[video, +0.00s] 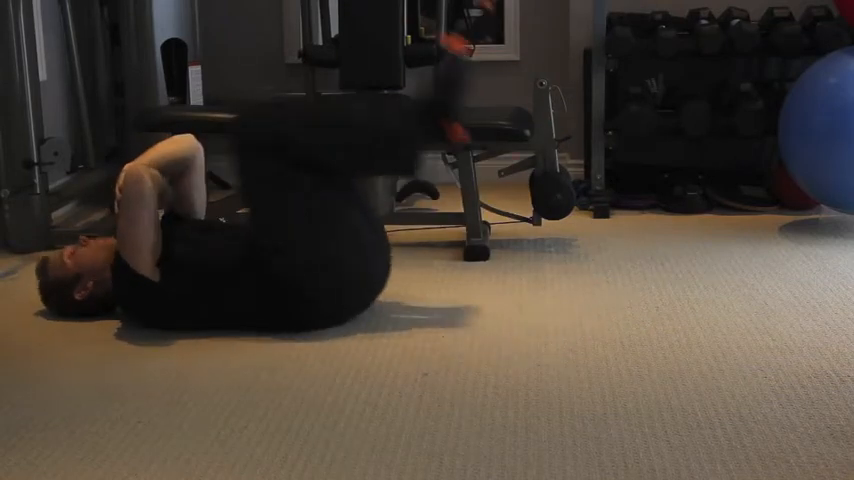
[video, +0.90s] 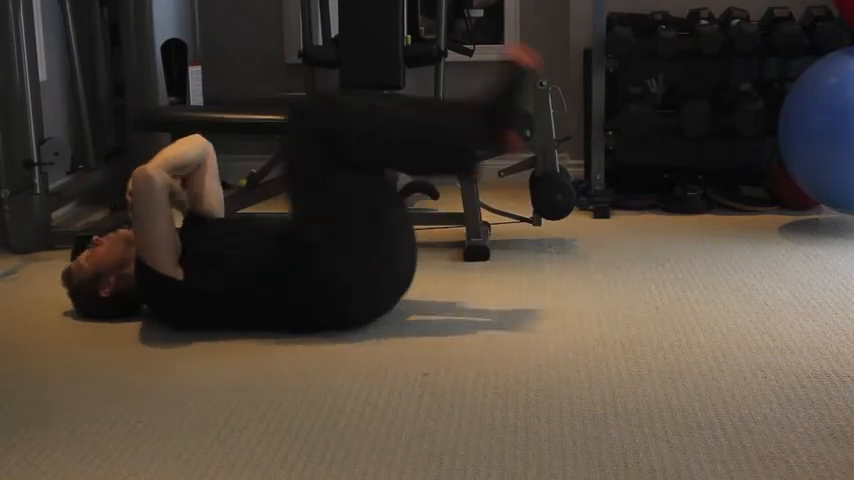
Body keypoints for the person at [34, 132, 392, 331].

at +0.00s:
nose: (86, 238)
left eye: (74, 243)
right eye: (75, 250)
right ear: (87, 287)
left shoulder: (175, 255)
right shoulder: (141, 296)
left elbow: (188, 149)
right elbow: (135, 180)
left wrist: (133, 189)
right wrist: (145, 207)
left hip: (348, 263)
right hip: (317, 283)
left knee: (264, 126)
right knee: (257, 132)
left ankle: (418, 119)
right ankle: (421, 127)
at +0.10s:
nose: (87, 247)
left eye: (79, 248)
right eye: (76, 259)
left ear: (97, 250)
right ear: (86, 291)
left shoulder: (175, 251)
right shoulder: (139, 294)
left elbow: (185, 149)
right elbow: (128, 180)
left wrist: (136, 191)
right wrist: (149, 191)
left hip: (345, 270)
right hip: (328, 288)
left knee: (344, 122)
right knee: (326, 122)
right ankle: (494, 176)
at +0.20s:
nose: (100, 250)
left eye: (92, 249)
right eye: (89, 259)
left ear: (113, 259)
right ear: (99, 293)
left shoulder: (177, 248)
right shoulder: (149, 294)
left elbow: (181, 150)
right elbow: (129, 177)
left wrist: (149, 227)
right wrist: (152, 213)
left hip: (355, 263)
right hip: (349, 289)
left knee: (399, 122)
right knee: (396, 124)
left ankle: (492, 225)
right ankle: (534, 220)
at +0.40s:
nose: (126, 252)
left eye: (119, 252)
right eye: (116, 263)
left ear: (137, 261)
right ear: (129, 293)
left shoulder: (200, 250)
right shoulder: (178, 291)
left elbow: (191, 152)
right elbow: (155, 171)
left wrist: (161, 215)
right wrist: (165, 228)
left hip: (376, 258)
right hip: (371, 287)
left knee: (474, 140)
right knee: (474, 155)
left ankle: (556, 274)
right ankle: (580, 281)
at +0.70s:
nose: (115, 250)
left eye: (107, 249)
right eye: (105, 261)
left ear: (129, 259)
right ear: (118, 294)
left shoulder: (196, 251)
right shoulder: (173, 291)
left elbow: (195, 151)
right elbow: (148, 175)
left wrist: (169, 228)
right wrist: (162, 225)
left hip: (368, 259)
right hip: (363, 287)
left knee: (433, 130)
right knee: (431, 134)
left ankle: (542, 236)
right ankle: (561, 238)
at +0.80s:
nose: (107, 246)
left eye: (97, 248)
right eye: (98, 259)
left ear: (122, 258)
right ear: (115, 288)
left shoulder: (198, 242)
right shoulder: (167, 294)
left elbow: (194, 152)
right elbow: (145, 178)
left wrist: (143, 220)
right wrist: (159, 214)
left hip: (369, 264)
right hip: (356, 287)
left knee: (382, 116)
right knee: (374, 125)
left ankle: (527, 177)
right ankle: (528, 183)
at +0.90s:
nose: (99, 238)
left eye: (92, 241)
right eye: (91, 252)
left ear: (115, 241)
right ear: (113, 285)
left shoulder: (201, 244)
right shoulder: (165, 292)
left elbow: (200, 148)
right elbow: (147, 181)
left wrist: (146, 189)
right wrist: (148, 231)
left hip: (358, 265)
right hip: (338, 286)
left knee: (326, 117)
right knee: (313, 121)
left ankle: (486, 121)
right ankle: (487, 133)